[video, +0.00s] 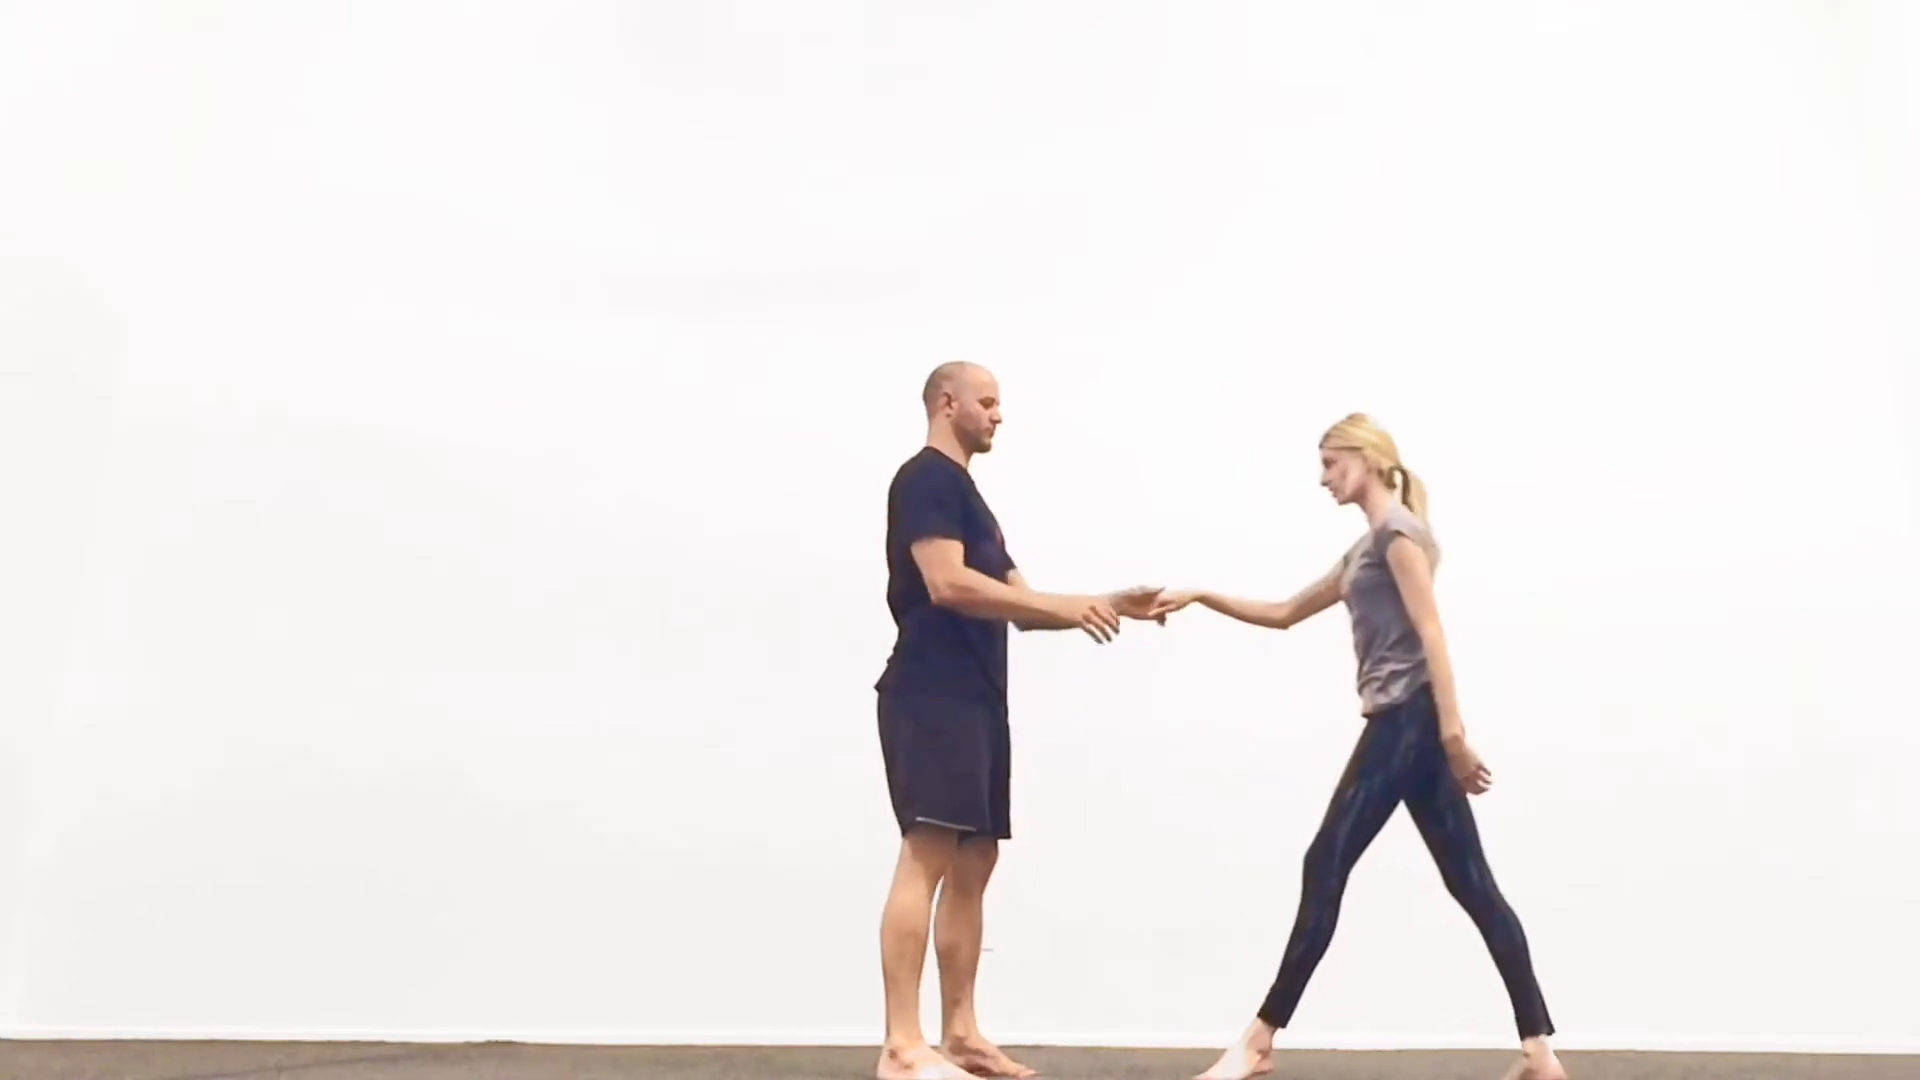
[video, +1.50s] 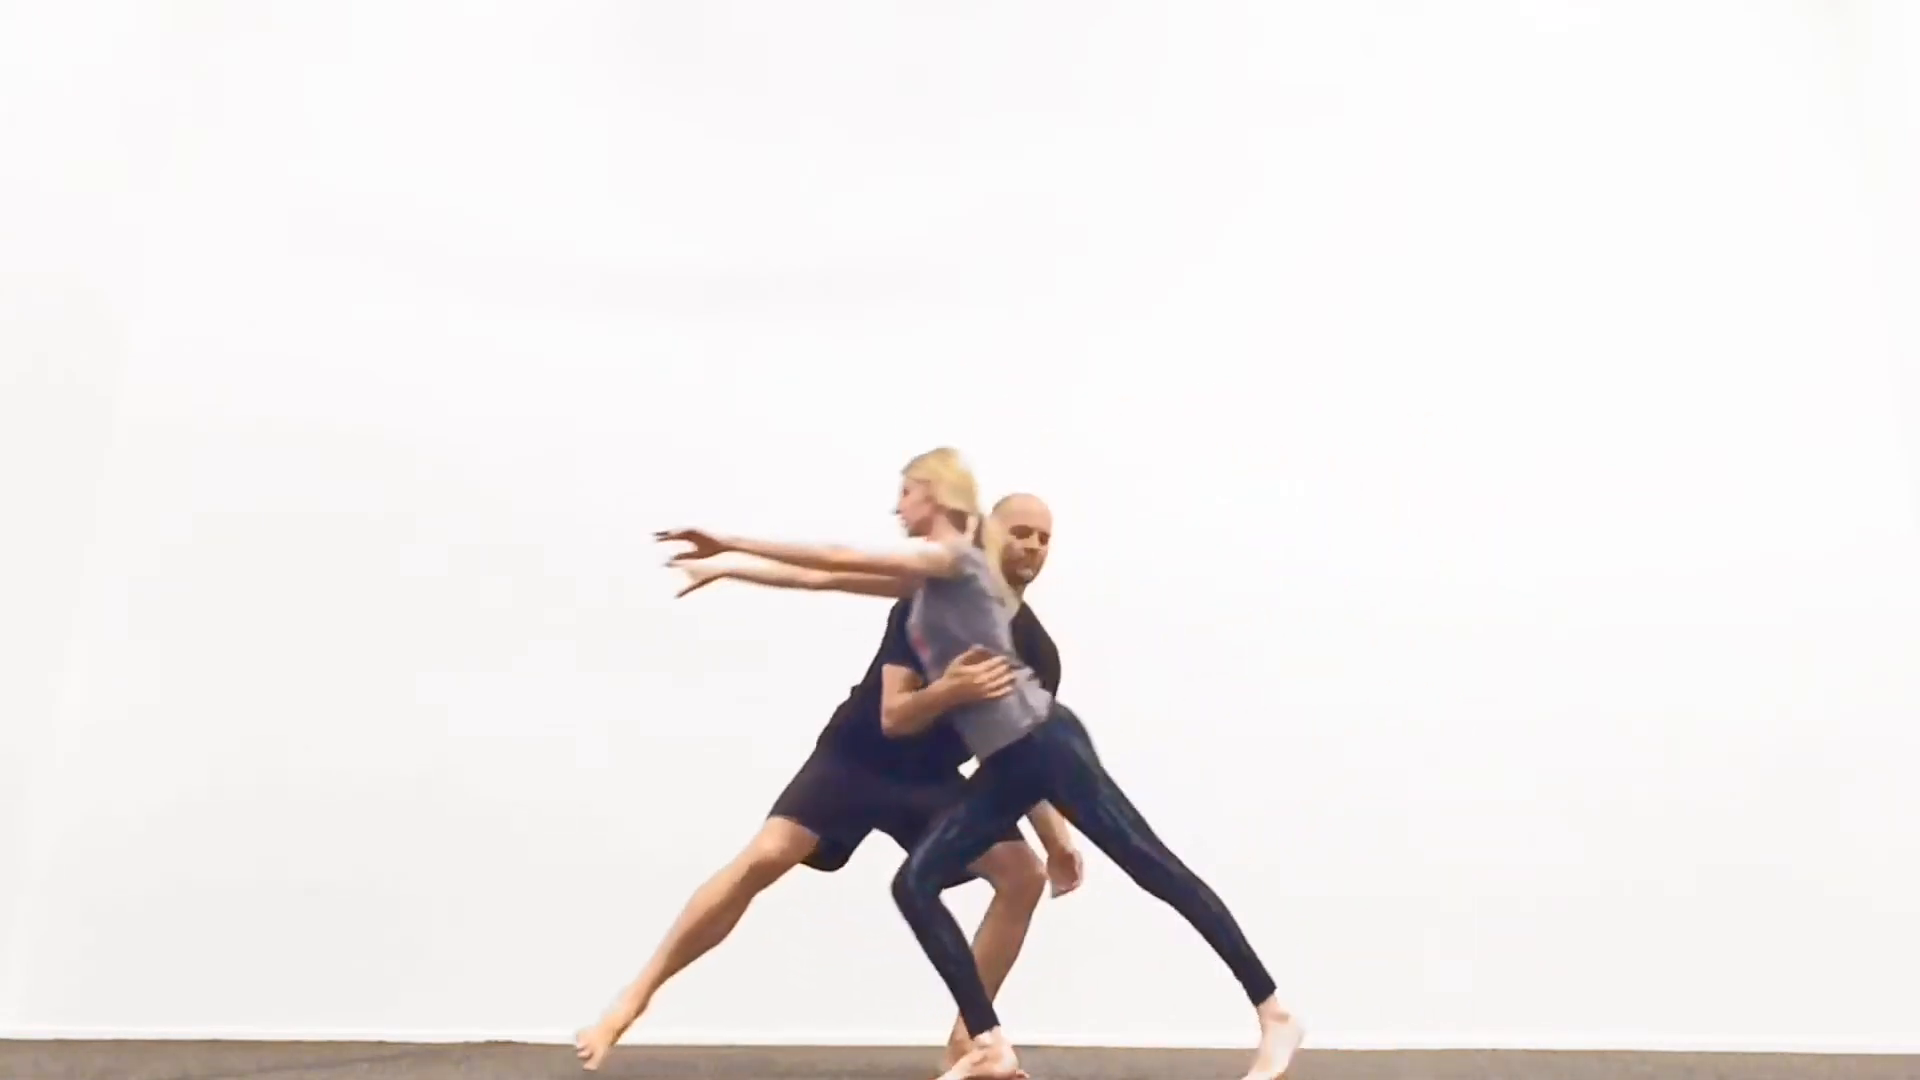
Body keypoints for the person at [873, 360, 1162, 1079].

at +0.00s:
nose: (998, 416)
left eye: (998, 404)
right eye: (987, 403)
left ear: (956, 404)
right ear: (945, 404)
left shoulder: (963, 492)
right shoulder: (924, 477)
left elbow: (1020, 604)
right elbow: (947, 585)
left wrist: (1112, 605)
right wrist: (1057, 612)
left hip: (975, 701)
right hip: (932, 698)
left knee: (973, 862)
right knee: (926, 857)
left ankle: (962, 1035)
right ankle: (901, 1046)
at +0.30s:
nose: (971, 412)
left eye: (971, 402)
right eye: (959, 399)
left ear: (945, 410)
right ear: (916, 405)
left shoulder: (960, 501)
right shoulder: (898, 478)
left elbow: (1044, 570)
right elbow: (921, 581)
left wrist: (1145, 555)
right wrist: (1029, 606)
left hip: (968, 701)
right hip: (914, 696)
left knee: (971, 860)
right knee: (915, 858)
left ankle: (960, 1034)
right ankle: (900, 1047)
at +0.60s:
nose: (988, 421)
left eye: (988, 410)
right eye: (975, 409)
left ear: (958, 415)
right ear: (933, 413)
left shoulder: (985, 509)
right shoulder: (896, 487)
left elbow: (1040, 591)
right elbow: (893, 590)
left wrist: (1112, 561)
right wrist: (995, 616)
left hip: (970, 706)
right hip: (910, 701)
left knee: (973, 868)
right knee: (911, 860)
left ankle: (959, 1037)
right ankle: (900, 1046)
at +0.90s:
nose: (1045, 435)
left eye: (1047, 425)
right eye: (1034, 423)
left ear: (1025, 434)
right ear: (992, 427)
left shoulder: (1029, 525)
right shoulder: (944, 500)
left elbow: (1047, 641)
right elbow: (930, 608)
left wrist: (1054, 579)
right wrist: (1018, 635)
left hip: (981, 707)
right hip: (917, 699)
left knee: (990, 864)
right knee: (909, 847)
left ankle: (963, 1038)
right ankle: (877, 1032)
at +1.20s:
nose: (1074, 492)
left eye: (1079, 481)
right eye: (1061, 478)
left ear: (1075, 492)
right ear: (1019, 480)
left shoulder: (1055, 583)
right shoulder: (967, 543)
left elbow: (1041, 677)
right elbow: (962, 648)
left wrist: (1044, 725)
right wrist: (1048, 640)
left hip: (963, 732)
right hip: (897, 714)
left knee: (1017, 873)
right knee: (851, 844)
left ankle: (968, 1039)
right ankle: (740, 998)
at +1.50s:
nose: (1032, 549)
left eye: (1042, 539)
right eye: (1020, 535)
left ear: (1049, 550)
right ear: (984, 532)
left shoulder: (1034, 646)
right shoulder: (927, 599)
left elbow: (1021, 746)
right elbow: (894, 717)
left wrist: (1057, 837)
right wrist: (953, 690)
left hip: (931, 774)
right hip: (854, 759)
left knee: (1024, 878)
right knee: (766, 857)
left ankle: (962, 1045)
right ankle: (631, 1003)